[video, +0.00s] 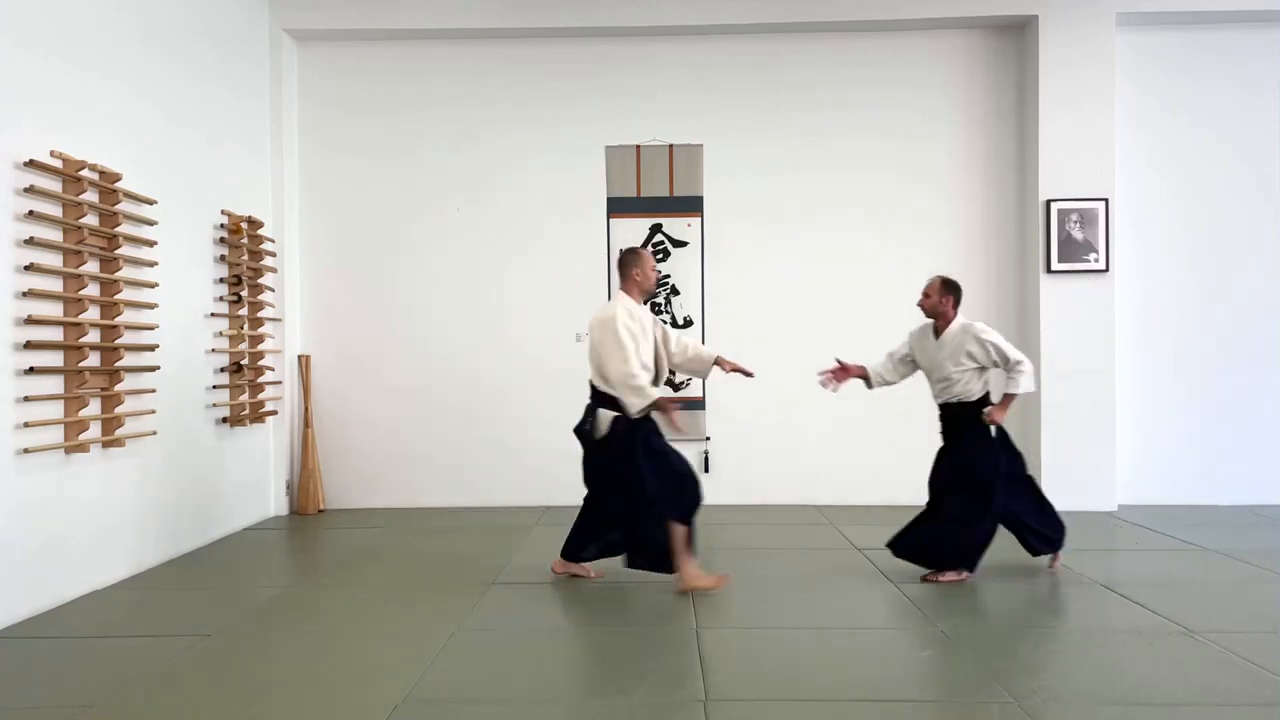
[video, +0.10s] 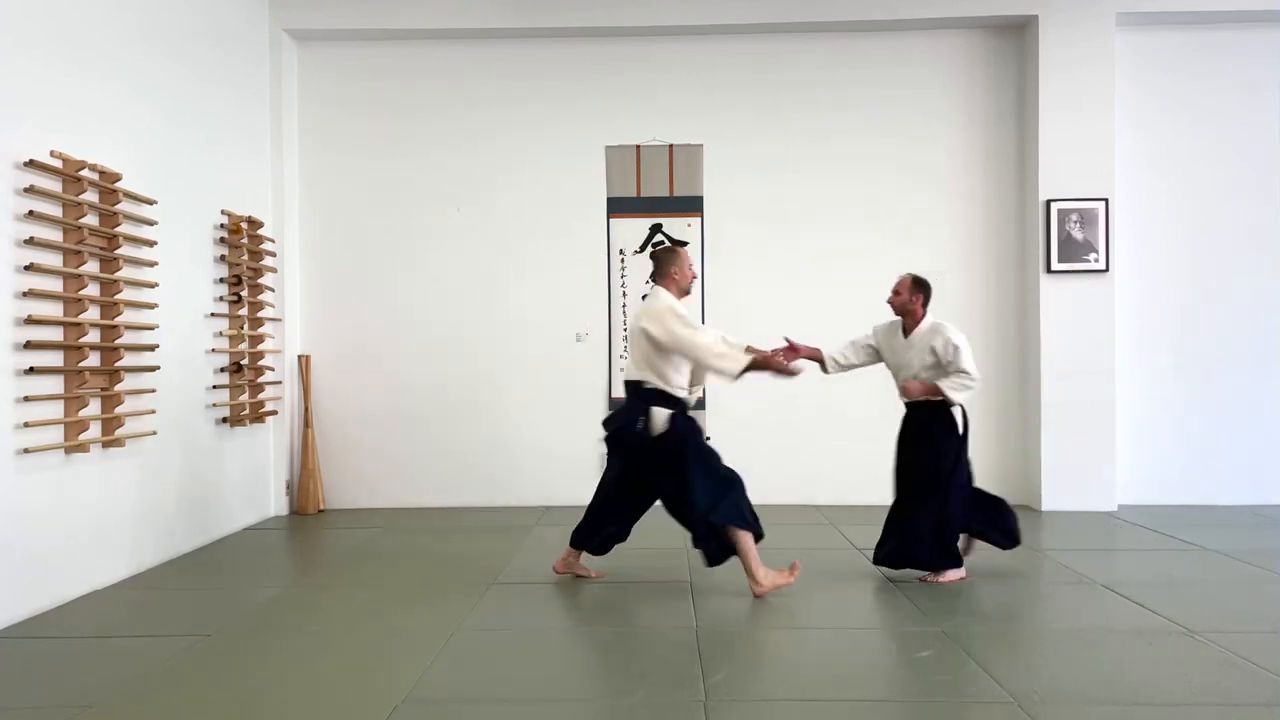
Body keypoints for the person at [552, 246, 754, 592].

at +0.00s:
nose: (659, 273)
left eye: (657, 267)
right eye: (653, 268)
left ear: (635, 275)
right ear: (635, 274)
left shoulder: (646, 319)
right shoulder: (613, 317)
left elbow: (677, 346)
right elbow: (620, 371)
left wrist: (718, 361)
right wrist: (655, 399)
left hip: (626, 419)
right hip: (616, 421)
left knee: (605, 492)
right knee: (680, 480)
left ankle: (568, 559)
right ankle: (687, 571)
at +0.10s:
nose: (694, 273)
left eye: (692, 266)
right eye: (689, 267)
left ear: (664, 274)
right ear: (673, 273)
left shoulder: (659, 309)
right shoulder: (660, 311)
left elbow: (706, 340)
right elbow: (702, 349)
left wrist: (753, 354)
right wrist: (759, 363)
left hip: (639, 415)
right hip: (663, 419)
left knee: (616, 491)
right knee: (724, 486)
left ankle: (569, 559)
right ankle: (759, 575)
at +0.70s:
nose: (808, 285)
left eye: (811, 278)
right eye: (808, 278)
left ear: (828, 277)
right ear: (836, 276)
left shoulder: (847, 316)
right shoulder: (838, 308)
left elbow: (814, 355)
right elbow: (794, 321)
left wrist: (766, 357)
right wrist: (768, 331)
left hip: (855, 436)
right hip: (870, 430)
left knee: (794, 506)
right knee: (901, 510)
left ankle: (810, 603)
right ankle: (964, 588)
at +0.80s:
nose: (815, 276)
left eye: (819, 269)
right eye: (815, 269)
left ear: (841, 271)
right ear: (843, 271)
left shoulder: (862, 309)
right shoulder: (835, 306)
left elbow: (833, 339)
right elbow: (793, 318)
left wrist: (778, 336)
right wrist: (764, 322)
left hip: (868, 430)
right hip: (871, 427)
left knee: (805, 501)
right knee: (908, 510)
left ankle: (810, 602)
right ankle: (963, 588)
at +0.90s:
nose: (815, 278)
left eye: (820, 271)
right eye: (816, 271)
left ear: (843, 271)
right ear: (845, 271)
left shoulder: (862, 305)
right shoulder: (842, 307)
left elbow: (827, 319)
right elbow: (790, 330)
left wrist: (769, 312)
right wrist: (737, 317)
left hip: (870, 426)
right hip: (864, 424)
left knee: (807, 497)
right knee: (906, 507)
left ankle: (808, 600)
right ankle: (962, 587)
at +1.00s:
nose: (805, 286)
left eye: (810, 279)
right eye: (805, 279)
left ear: (833, 278)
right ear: (836, 279)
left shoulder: (847, 310)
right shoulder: (839, 312)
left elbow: (800, 313)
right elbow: (781, 331)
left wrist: (743, 293)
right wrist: (729, 312)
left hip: (868, 431)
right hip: (875, 429)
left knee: (805, 495)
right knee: (906, 512)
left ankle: (795, 598)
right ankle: (959, 589)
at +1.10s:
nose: (787, 289)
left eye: (792, 281)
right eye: (786, 281)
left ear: (817, 279)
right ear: (816, 281)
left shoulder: (834, 313)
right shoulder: (811, 318)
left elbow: (791, 313)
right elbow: (764, 340)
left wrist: (736, 288)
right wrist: (722, 315)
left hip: (858, 434)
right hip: (847, 433)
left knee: (800, 496)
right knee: (897, 512)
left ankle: (788, 599)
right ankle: (961, 586)